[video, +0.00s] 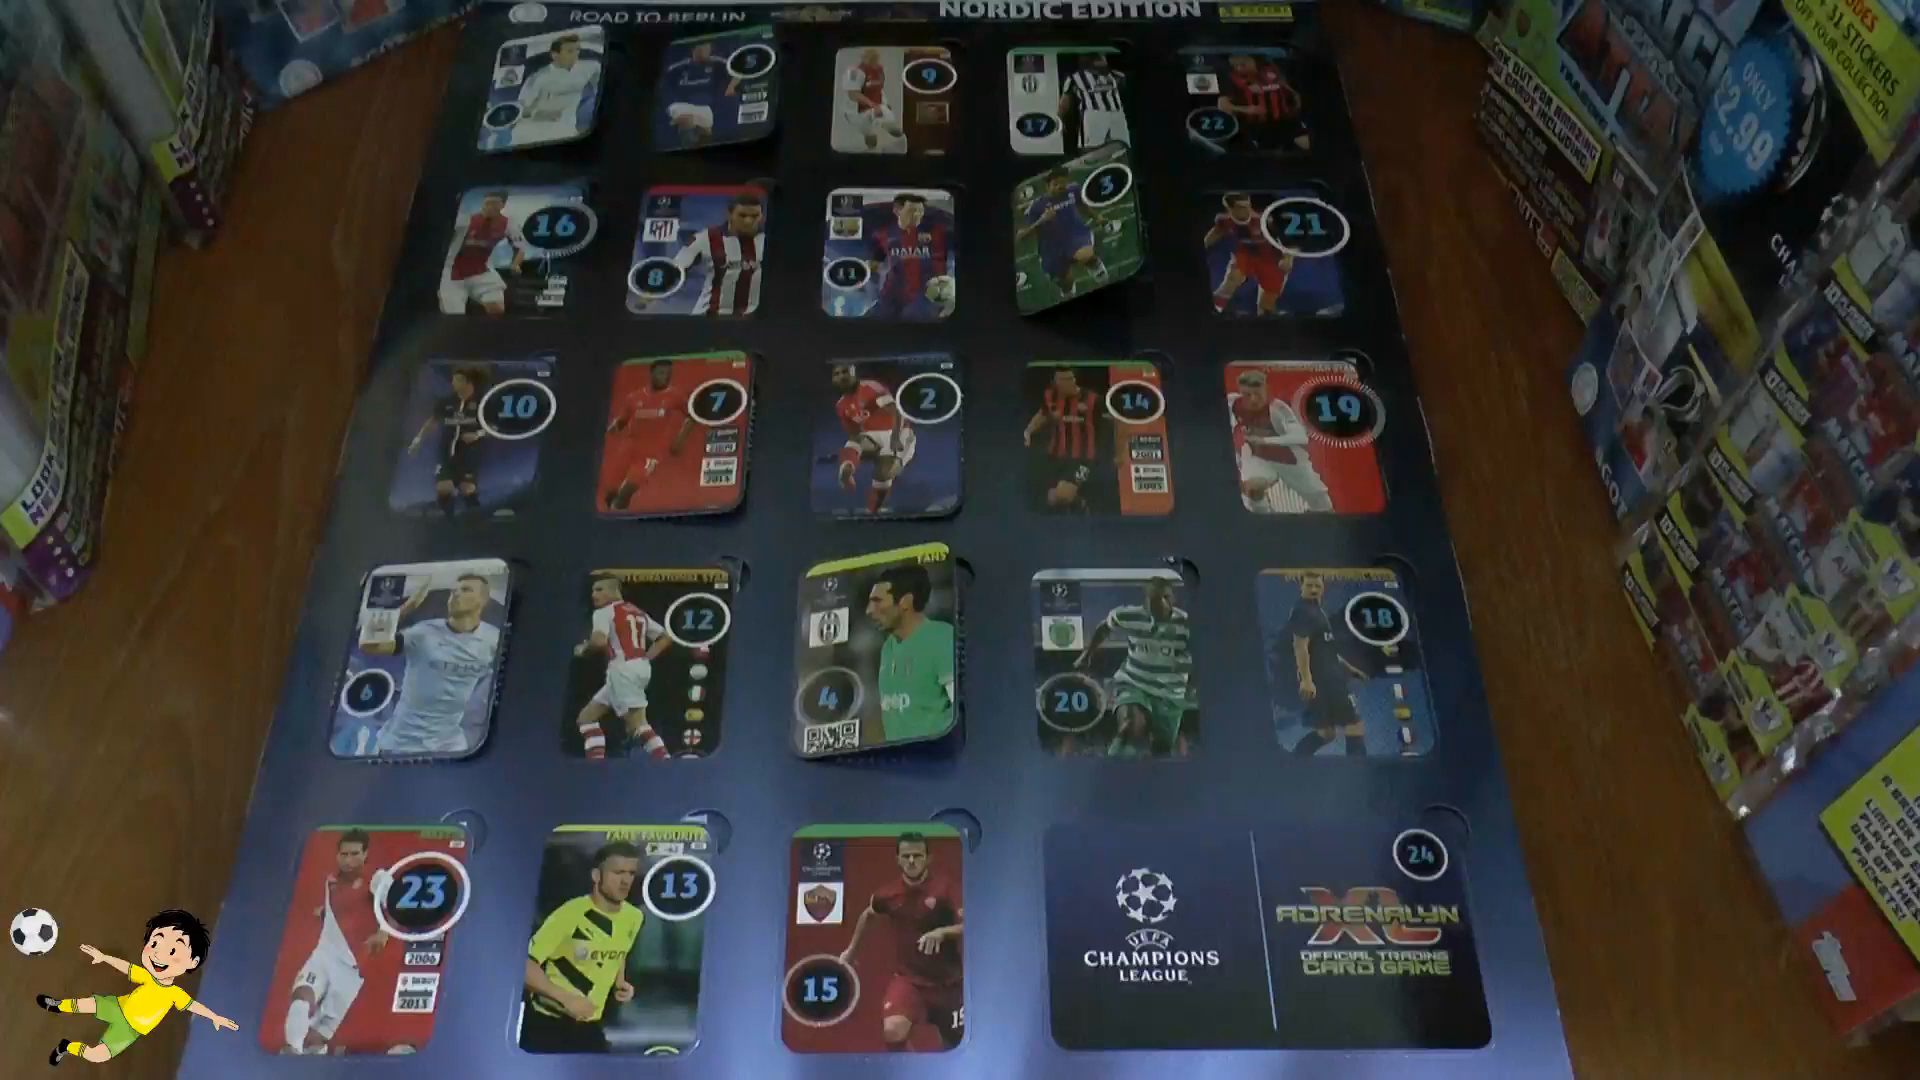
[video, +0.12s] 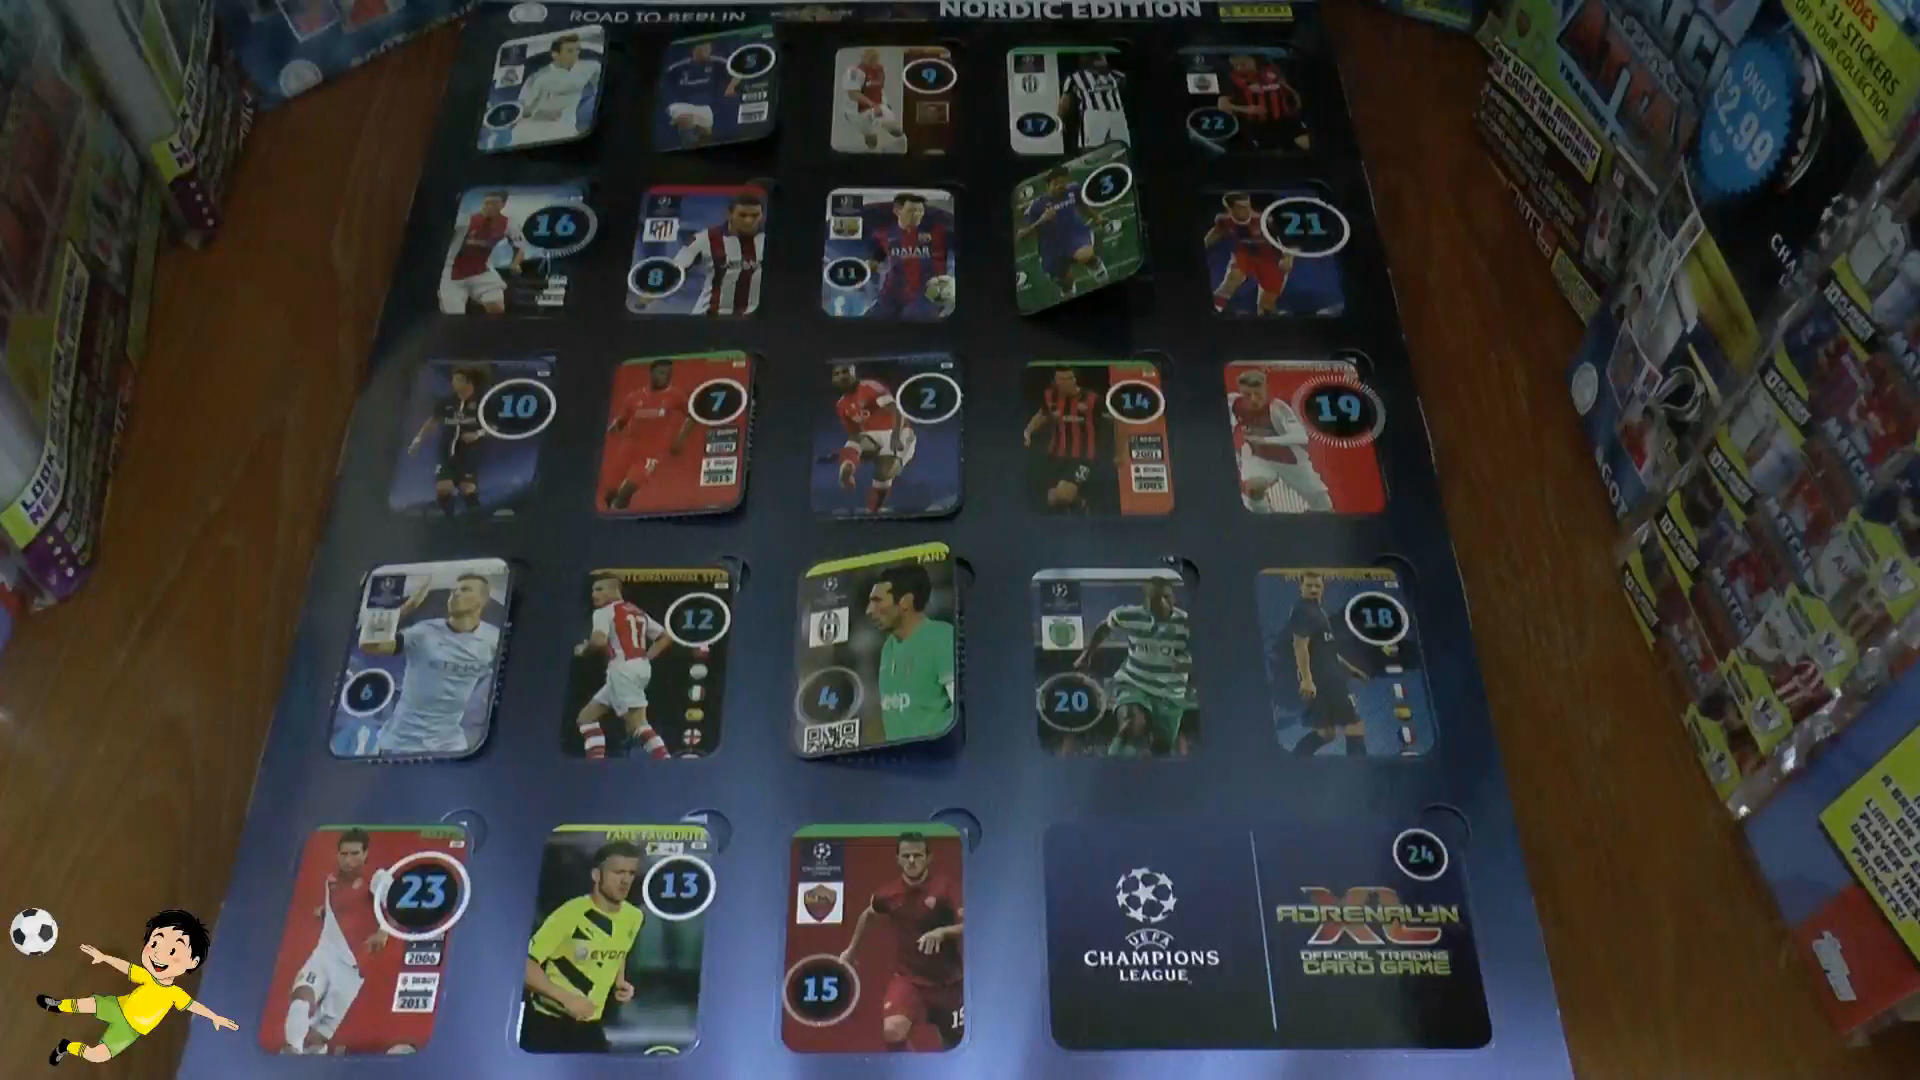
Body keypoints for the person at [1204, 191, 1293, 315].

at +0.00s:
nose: (1245, 211)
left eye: (1247, 207)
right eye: (1241, 207)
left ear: (1250, 206)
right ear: (1230, 208)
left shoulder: (1264, 220)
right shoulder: (1224, 221)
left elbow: (1285, 239)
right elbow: (1207, 243)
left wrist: (1287, 258)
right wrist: (1218, 231)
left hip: (1268, 257)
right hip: (1242, 255)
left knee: (1266, 306)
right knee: (1231, 282)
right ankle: (1213, 312)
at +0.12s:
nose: (1245, 211)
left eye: (1247, 207)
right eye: (1241, 207)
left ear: (1250, 206)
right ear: (1230, 209)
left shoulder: (1264, 220)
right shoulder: (1224, 222)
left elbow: (1285, 239)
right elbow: (1207, 242)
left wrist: (1287, 257)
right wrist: (1218, 231)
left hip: (1269, 257)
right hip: (1243, 255)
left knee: (1266, 305)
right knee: (1231, 282)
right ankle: (1213, 312)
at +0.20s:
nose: (1245, 211)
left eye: (1247, 207)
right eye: (1241, 207)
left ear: (1250, 207)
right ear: (1230, 209)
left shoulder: (1264, 220)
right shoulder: (1224, 221)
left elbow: (1285, 239)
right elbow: (1207, 242)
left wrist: (1287, 257)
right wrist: (1219, 231)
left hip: (1269, 257)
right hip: (1243, 254)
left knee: (1266, 305)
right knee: (1232, 281)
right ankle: (1214, 311)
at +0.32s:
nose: (1245, 211)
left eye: (1247, 207)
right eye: (1241, 207)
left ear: (1251, 206)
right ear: (1230, 209)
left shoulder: (1264, 220)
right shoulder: (1224, 221)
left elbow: (1284, 238)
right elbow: (1208, 242)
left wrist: (1287, 257)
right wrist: (1220, 231)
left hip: (1269, 257)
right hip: (1243, 255)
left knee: (1266, 305)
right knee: (1231, 283)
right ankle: (1213, 312)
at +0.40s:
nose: (1246, 211)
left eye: (1248, 207)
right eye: (1241, 207)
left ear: (1251, 206)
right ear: (1230, 209)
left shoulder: (1265, 220)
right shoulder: (1224, 221)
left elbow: (1285, 239)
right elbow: (1207, 243)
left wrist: (1288, 257)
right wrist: (1219, 231)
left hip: (1270, 258)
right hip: (1243, 255)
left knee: (1266, 306)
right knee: (1231, 283)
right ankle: (1214, 312)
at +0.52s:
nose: (1246, 211)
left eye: (1248, 206)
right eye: (1241, 207)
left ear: (1251, 206)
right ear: (1231, 208)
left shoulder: (1265, 220)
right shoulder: (1224, 220)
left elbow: (1286, 238)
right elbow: (1208, 243)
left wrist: (1288, 257)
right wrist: (1219, 230)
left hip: (1270, 258)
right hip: (1243, 255)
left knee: (1267, 305)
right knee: (1230, 284)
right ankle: (1213, 315)